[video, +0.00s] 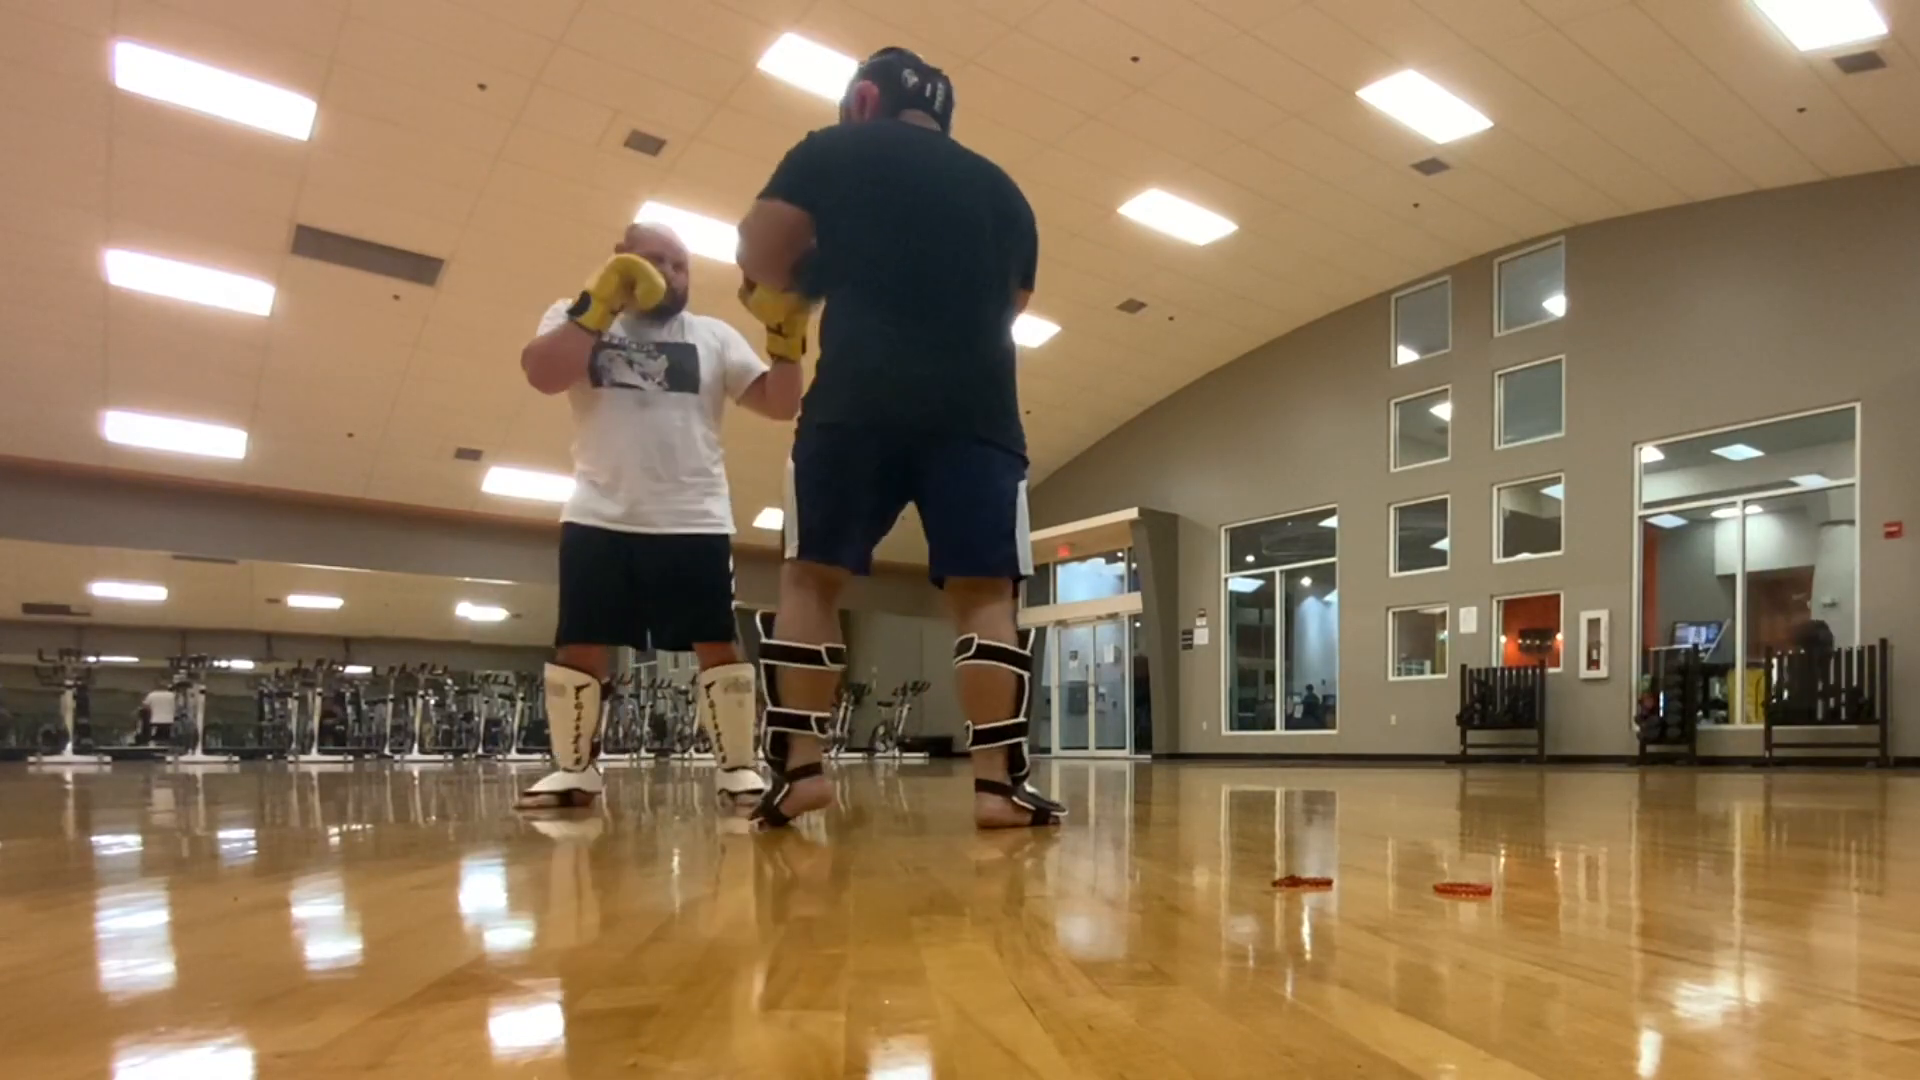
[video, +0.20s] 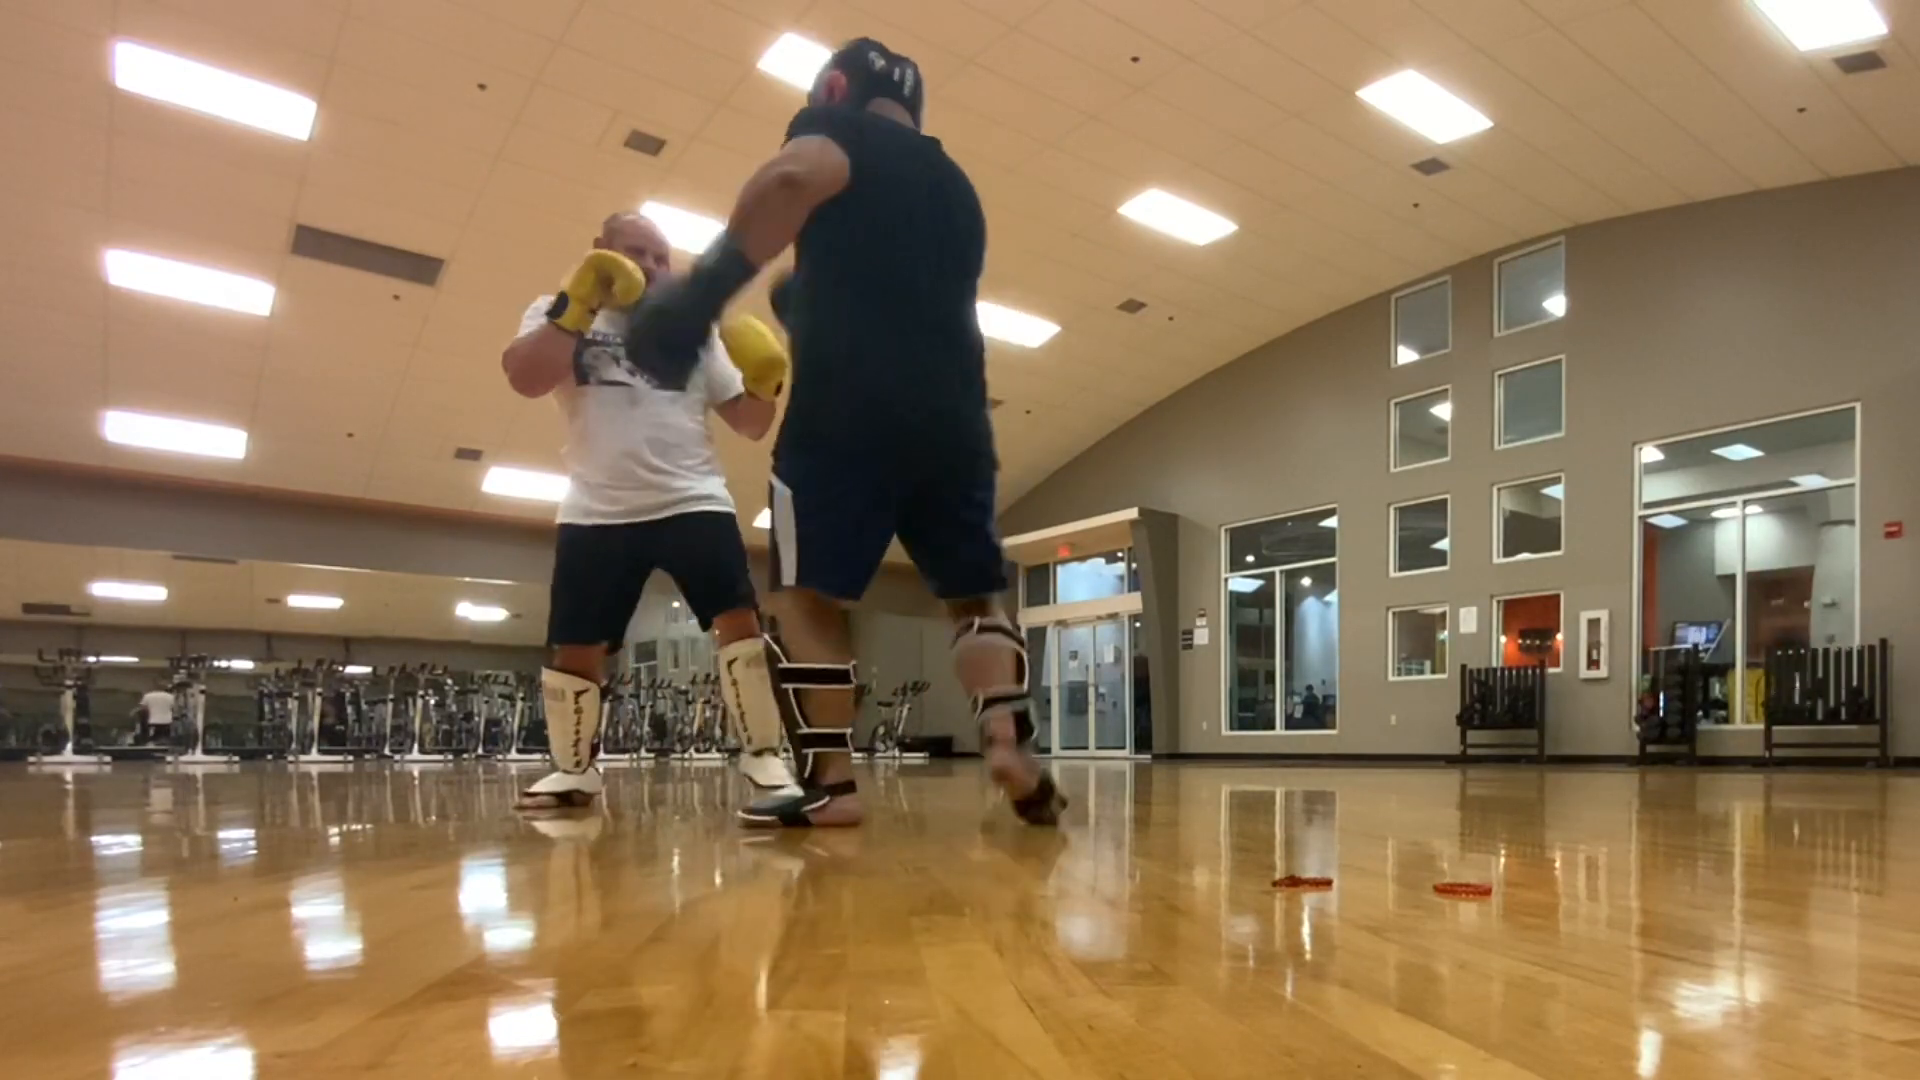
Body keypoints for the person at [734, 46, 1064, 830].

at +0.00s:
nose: (845, 115)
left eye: (848, 104)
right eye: (850, 106)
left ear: (865, 99)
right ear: (945, 117)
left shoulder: (832, 149)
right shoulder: (1000, 186)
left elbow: (764, 248)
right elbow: (1015, 299)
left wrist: (792, 289)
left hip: (858, 405)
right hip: (976, 411)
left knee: (812, 580)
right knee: (986, 593)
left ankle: (803, 767)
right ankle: (998, 786)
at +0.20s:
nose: (813, 105)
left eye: (817, 92)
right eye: (816, 96)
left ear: (839, 84)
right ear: (910, 109)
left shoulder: (836, 130)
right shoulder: (958, 186)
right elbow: (923, 299)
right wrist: (804, 298)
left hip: (845, 412)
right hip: (951, 417)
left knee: (809, 593)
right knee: (975, 595)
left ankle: (833, 784)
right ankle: (1007, 739)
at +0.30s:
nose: (798, 108)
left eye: (800, 92)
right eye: (799, 96)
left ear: (820, 78)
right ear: (889, 91)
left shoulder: (854, 123)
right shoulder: (929, 174)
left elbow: (792, 192)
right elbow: (889, 302)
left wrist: (678, 207)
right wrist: (779, 326)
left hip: (838, 408)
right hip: (919, 416)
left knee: (797, 594)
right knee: (910, 571)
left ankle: (829, 783)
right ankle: (1005, 667)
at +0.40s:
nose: (781, 98)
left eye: (785, 81)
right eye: (781, 86)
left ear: (808, 62)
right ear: (874, 72)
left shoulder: (840, 114)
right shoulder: (926, 164)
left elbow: (758, 202)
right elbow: (963, 319)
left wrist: (688, 156)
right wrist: (906, 387)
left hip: (846, 397)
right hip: (905, 408)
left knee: (815, 603)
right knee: (819, 598)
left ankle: (834, 787)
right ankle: (825, 776)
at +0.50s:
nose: (784, 90)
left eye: (786, 75)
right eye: (786, 78)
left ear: (806, 62)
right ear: (875, 75)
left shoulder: (819, 109)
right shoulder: (936, 161)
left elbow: (724, 193)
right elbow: (972, 311)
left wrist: (690, 134)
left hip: (858, 386)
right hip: (926, 396)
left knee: (834, 596)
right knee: (772, 562)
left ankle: (834, 785)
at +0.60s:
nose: (793, 88)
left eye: (798, 73)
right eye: (795, 76)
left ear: (820, 61)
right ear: (892, 77)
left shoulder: (831, 116)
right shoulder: (948, 166)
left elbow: (730, 194)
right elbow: (971, 295)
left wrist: (683, 139)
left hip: (873, 396)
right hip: (943, 404)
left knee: (836, 591)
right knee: (810, 484)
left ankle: (835, 784)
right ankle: (773, 607)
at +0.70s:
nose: (812, 94)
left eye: (817, 77)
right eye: (813, 80)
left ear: (844, 62)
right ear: (913, 75)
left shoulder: (874, 120)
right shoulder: (952, 162)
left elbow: (773, 206)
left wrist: (712, 150)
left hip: (886, 398)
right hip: (949, 402)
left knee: (837, 593)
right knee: (870, 563)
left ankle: (832, 783)